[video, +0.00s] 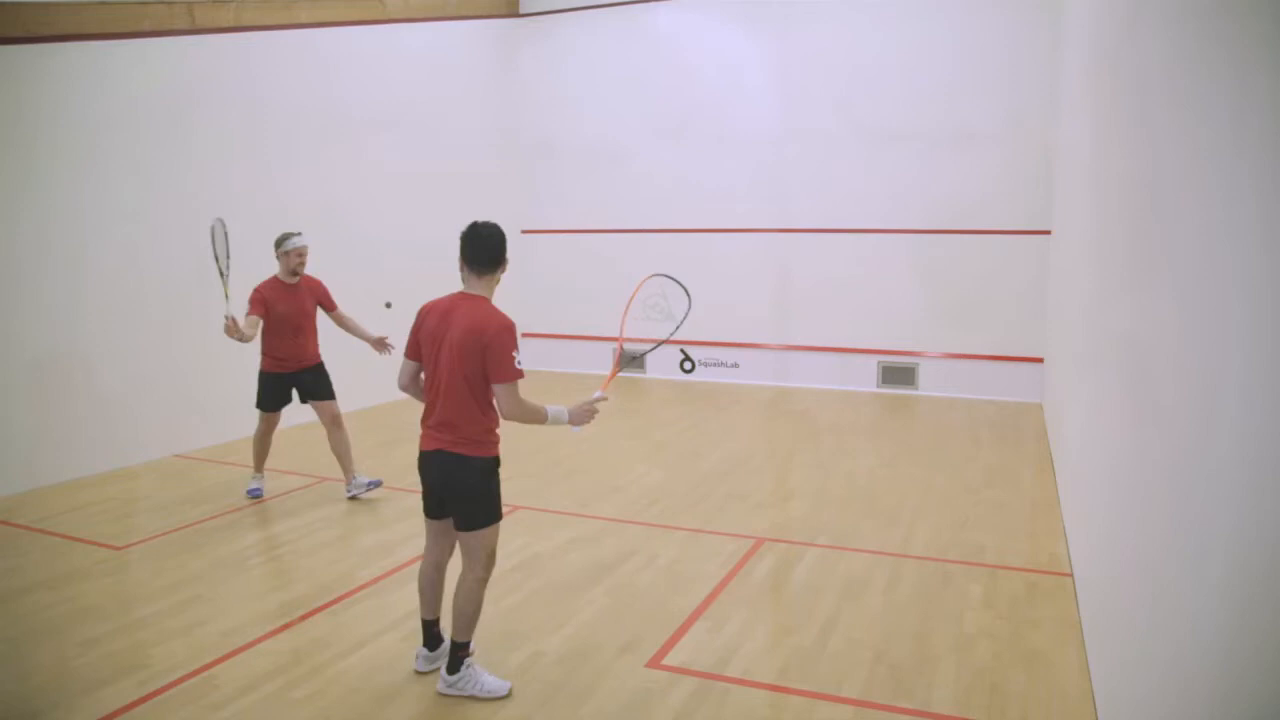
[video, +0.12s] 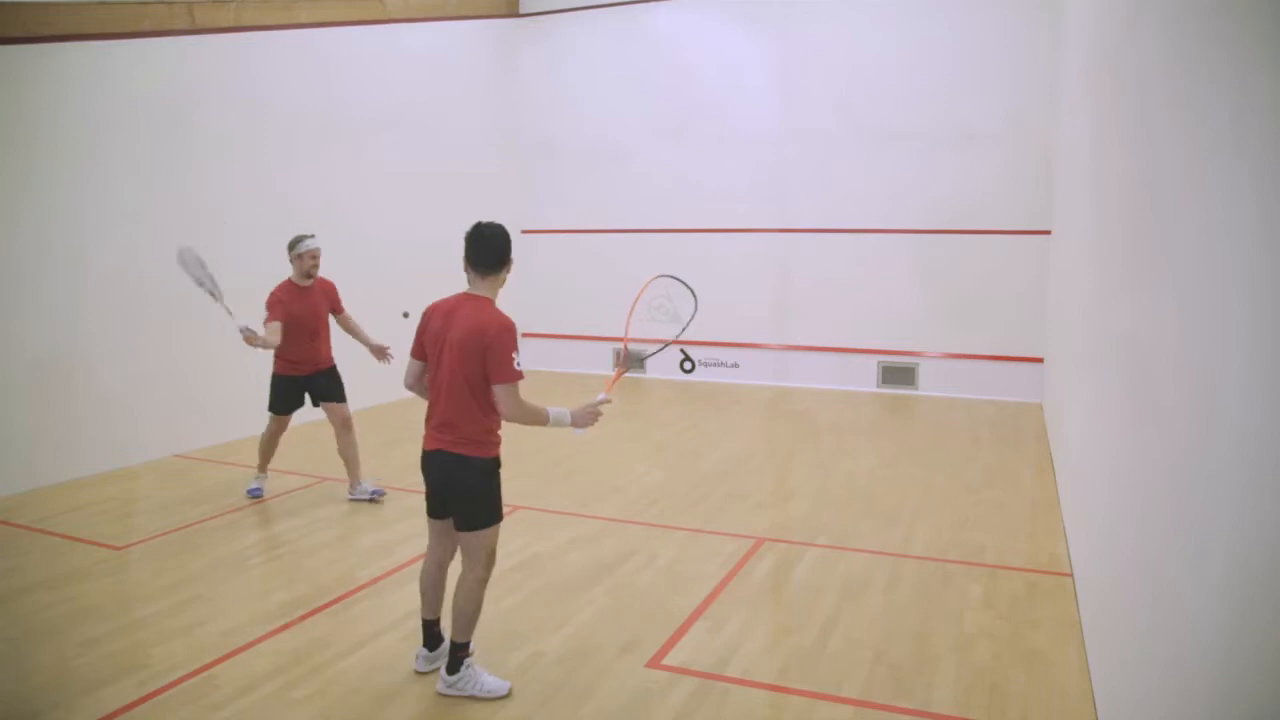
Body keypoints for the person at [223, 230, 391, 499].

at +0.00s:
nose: (302, 260)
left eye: (304, 254)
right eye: (296, 255)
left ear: (307, 256)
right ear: (280, 256)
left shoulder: (314, 286)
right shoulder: (263, 292)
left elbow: (340, 318)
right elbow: (250, 332)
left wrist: (370, 338)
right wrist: (239, 333)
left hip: (310, 367)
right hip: (275, 371)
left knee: (334, 418)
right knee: (267, 424)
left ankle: (352, 480)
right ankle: (257, 477)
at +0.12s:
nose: (315, 262)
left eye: (317, 257)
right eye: (309, 258)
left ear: (319, 258)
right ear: (293, 259)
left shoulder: (326, 289)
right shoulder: (280, 296)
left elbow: (345, 321)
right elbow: (274, 339)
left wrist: (371, 344)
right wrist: (258, 340)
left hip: (323, 370)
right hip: (288, 373)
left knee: (344, 420)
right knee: (277, 426)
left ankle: (356, 484)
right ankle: (260, 475)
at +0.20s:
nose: (330, 262)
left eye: (332, 257)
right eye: (323, 257)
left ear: (334, 258)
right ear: (307, 259)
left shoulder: (336, 286)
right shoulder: (298, 297)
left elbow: (344, 321)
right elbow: (309, 337)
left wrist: (365, 347)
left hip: (335, 368)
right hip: (303, 373)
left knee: (355, 419)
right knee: (293, 428)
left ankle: (359, 484)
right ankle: (265, 473)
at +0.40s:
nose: (364, 256)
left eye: (365, 250)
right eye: (358, 251)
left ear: (348, 254)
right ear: (340, 254)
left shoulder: (338, 284)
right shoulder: (344, 292)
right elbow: (379, 329)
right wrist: (411, 349)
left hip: (356, 368)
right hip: (333, 372)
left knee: (367, 418)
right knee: (347, 430)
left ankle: (359, 484)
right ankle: (310, 464)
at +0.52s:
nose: (383, 251)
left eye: (381, 246)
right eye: (378, 246)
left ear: (356, 252)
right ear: (364, 251)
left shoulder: (335, 284)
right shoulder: (375, 292)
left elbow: (328, 322)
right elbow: (402, 323)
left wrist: (339, 348)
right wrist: (404, 319)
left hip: (343, 368)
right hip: (363, 371)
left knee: (369, 428)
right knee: (377, 430)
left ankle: (361, 482)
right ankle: (345, 480)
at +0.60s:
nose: (392, 251)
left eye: (390, 245)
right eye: (388, 246)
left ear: (362, 252)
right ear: (376, 251)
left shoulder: (341, 284)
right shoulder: (388, 289)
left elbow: (330, 322)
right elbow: (400, 312)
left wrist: (335, 355)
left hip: (352, 367)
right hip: (374, 370)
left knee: (371, 428)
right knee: (396, 429)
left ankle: (359, 487)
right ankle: (365, 488)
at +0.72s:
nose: (405, 251)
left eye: (403, 245)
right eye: (401, 246)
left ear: (374, 252)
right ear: (391, 250)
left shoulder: (354, 284)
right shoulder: (406, 288)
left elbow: (338, 325)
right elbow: (408, 310)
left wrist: (335, 359)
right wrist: (381, 287)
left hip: (363, 371)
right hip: (390, 375)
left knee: (378, 426)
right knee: (412, 433)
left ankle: (357, 486)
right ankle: (398, 504)